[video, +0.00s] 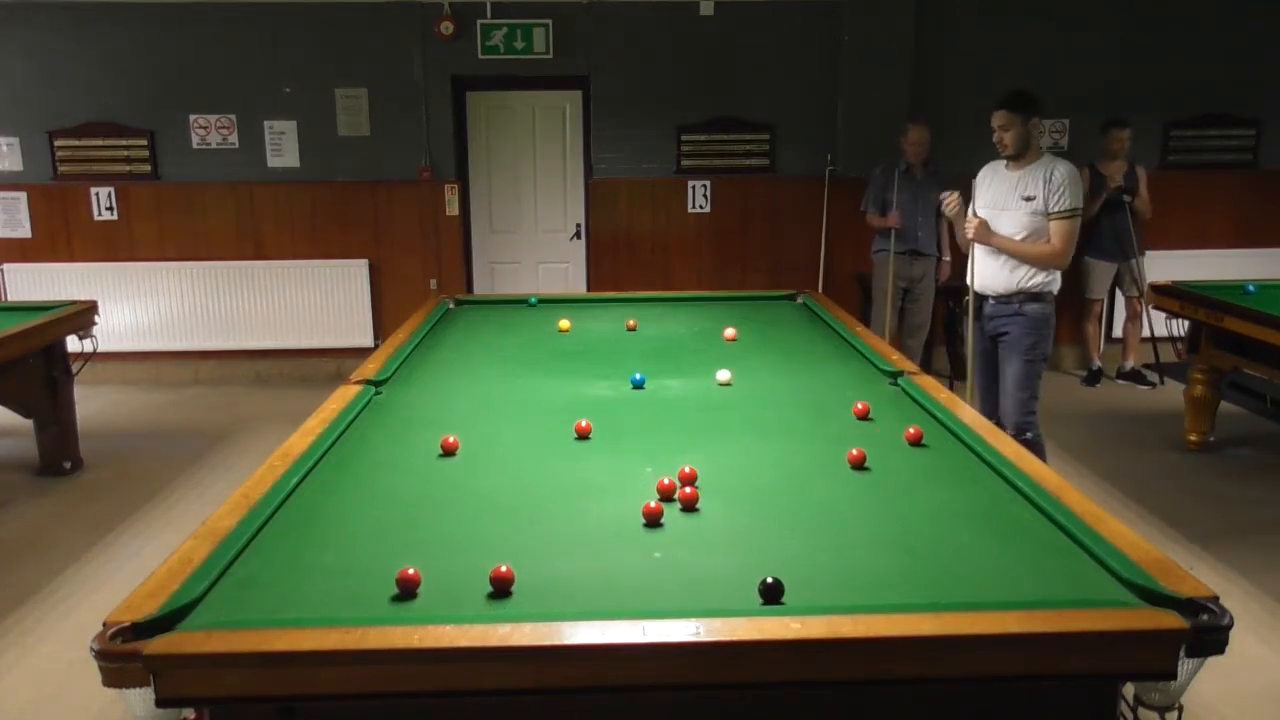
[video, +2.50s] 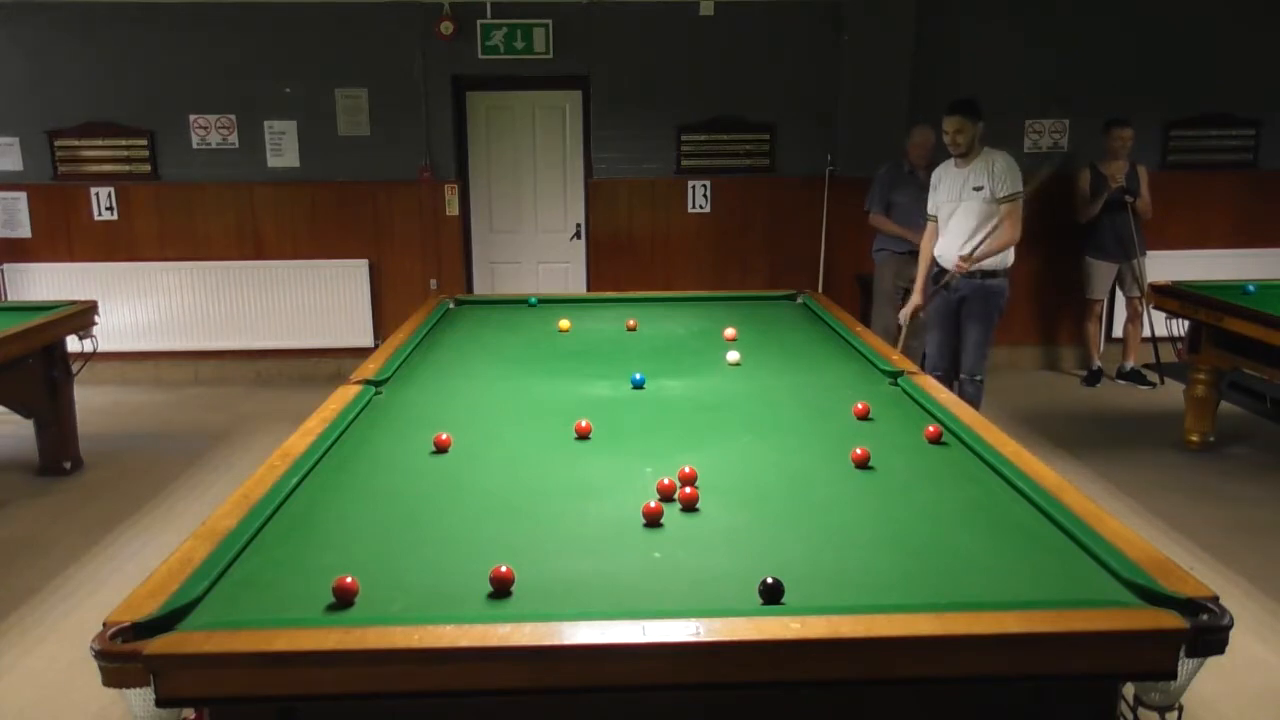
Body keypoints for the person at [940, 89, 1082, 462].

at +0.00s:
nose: (997, 138)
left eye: (1005, 130)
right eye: (994, 130)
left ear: (1032, 127)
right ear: (994, 131)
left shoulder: (1059, 174)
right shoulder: (987, 174)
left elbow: (1061, 254)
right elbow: (970, 247)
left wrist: (992, 239)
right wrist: (956, 220)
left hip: (1026, 310)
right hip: (981, 308)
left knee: (1017, 421)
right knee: (985, 417)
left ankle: (1038, 512)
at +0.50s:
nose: (1028, 139)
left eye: (1037, 130)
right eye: (1023, 130)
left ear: (1063, 128)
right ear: (1020, 129)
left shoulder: (1081, 173)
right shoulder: (1019, 168)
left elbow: (1069, 256)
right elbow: (1000, 233)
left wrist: (1006, 232)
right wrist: (989, 202)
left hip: (1047, 306)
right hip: (1003, 300)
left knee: (1039, 411)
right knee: (983, 400)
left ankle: (1036, 494)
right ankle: (981, 483)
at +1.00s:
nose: (988, 144)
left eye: (996, 135)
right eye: (985, 136)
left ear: (1022, 132)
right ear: (983, 134)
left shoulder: (1044, 174)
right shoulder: (982, 170)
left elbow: (1036, 253)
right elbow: (972, 230)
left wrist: (979, 229)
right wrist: (959, 203)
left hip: (1019, 301)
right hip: (975, 298)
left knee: (1027, 403)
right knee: (968, 395)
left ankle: (1035, 488)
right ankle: (958, 475)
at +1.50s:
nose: (961, 139)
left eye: (968, 132)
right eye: (956, 132)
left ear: (992, 127)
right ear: (952, 130)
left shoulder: (1013, 170)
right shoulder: (944, 165)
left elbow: (1016, 240)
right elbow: (929, 225)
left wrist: (959, 231)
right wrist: (926, 216)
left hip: (986, 291)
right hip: (942, 290)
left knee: (982, 389)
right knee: (947, 384)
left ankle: (979, 466)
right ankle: (948, 463)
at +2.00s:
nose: (965, 139)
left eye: (973, 131)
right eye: (959, 131)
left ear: (993, 129)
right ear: (954, 130)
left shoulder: (1012, 172)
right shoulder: (944, 169)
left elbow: (1021, 243)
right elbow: (925, 220)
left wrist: (991, 284)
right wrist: (928, 256)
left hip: (985, 289)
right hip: (942, 285)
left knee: (970, 380)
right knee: (935, 373)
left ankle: (963, 452)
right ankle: (932, 447)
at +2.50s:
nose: (950, 139)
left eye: (959, 132)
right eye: (946, 132)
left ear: (978, 130)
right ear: (942, 132)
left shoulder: (1000, 165)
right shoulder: (940, 174)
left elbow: (1012, 231)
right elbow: (931, 233)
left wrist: (974, 257)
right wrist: (918, 291)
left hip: (984, 284)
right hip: (943, 281)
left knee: (970, 373)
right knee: (937, 369)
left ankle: (961, 448)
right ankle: (931, 446)